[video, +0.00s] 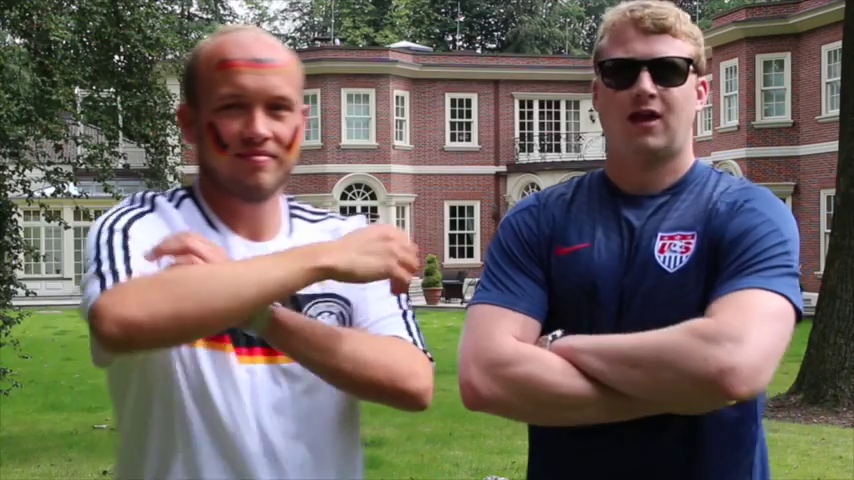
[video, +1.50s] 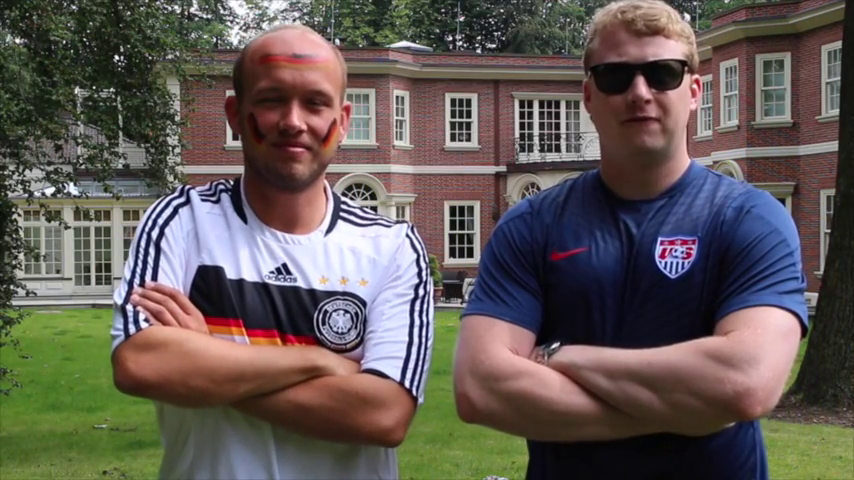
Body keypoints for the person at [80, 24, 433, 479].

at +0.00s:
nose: (258, 130)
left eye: (278, 108)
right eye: (232, 107)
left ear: (302, 125)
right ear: (189, 125)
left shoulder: (349, 240)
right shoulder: (135, 225)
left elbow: (415, 385)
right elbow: (116, 322)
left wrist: (251, 307)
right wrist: (326, 256)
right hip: (174, 471)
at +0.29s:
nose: (319, 120)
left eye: (341, 102)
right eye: (297, 98)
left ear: (367, 121)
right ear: (261, 115)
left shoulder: (416, 233)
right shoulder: (204, 207)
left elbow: (397, 368)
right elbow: (136, 286)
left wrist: (221, 303)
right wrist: (320, 306)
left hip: (374, 474)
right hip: (226, 473)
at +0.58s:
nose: (333, 125)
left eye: (355, 107)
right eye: (312, 103)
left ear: (382, 128)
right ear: (276, 120)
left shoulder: (425, 252)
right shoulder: (215, 218)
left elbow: (404, 411)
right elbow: (155, 355)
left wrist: (233, 357)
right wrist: (339, 357)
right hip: (229, 475)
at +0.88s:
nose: (320, 123)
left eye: (343, 106)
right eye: (300, 101)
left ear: (367, 128)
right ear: (262, 117)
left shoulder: (411, 252)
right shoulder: (200, 218)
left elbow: (400, 418)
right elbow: (154, 357)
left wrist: (228, 357)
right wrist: (337, 359)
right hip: (220, 475)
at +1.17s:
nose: (304, 122)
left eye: (327, 104)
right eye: (283, 100)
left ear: (351, 125)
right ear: (247, 116)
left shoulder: (399, 250)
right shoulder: (187, 219)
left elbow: (391, 417)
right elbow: (142, 360)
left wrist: (216, 360)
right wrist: (327, 360)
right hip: (211, 474)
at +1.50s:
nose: (294, 122)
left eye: (315, 103)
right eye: (272, 101)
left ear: (341, 121)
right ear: (235, 115)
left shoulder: (393, 247)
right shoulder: (179, 219)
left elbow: (386, 418)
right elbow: (136, 364)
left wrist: (210, 365)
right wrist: (320, 361)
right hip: (206, 473)